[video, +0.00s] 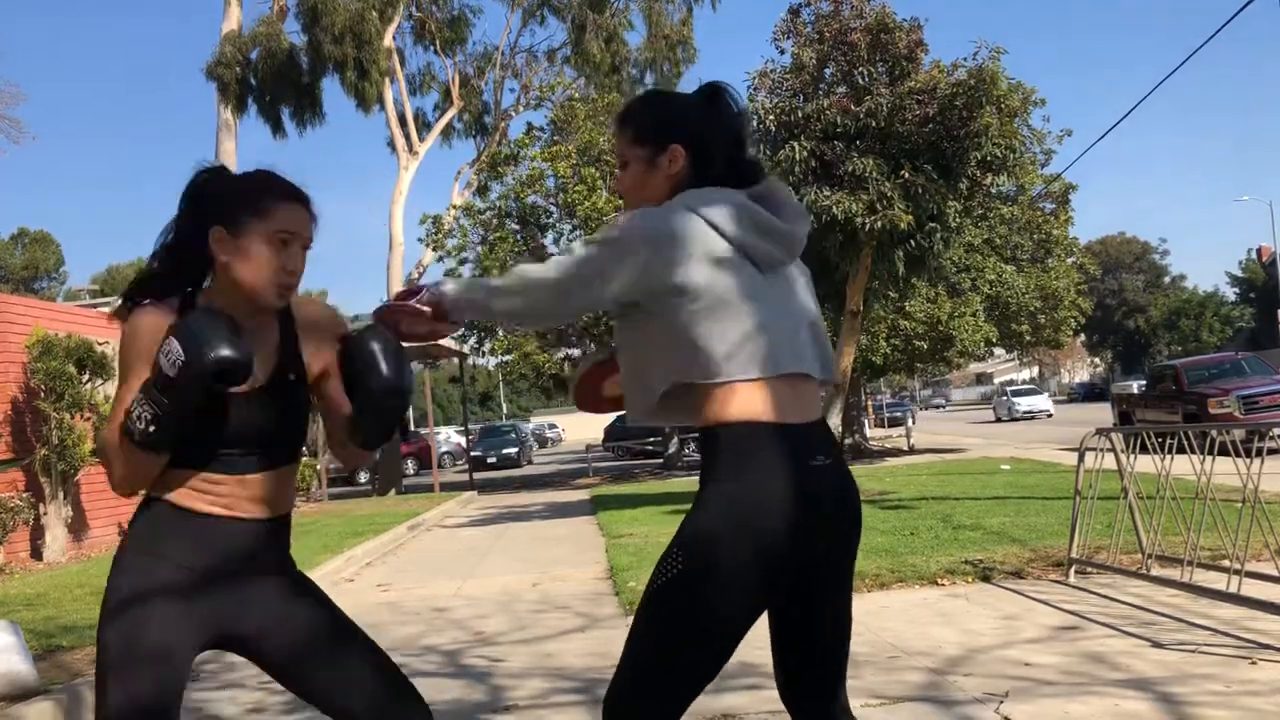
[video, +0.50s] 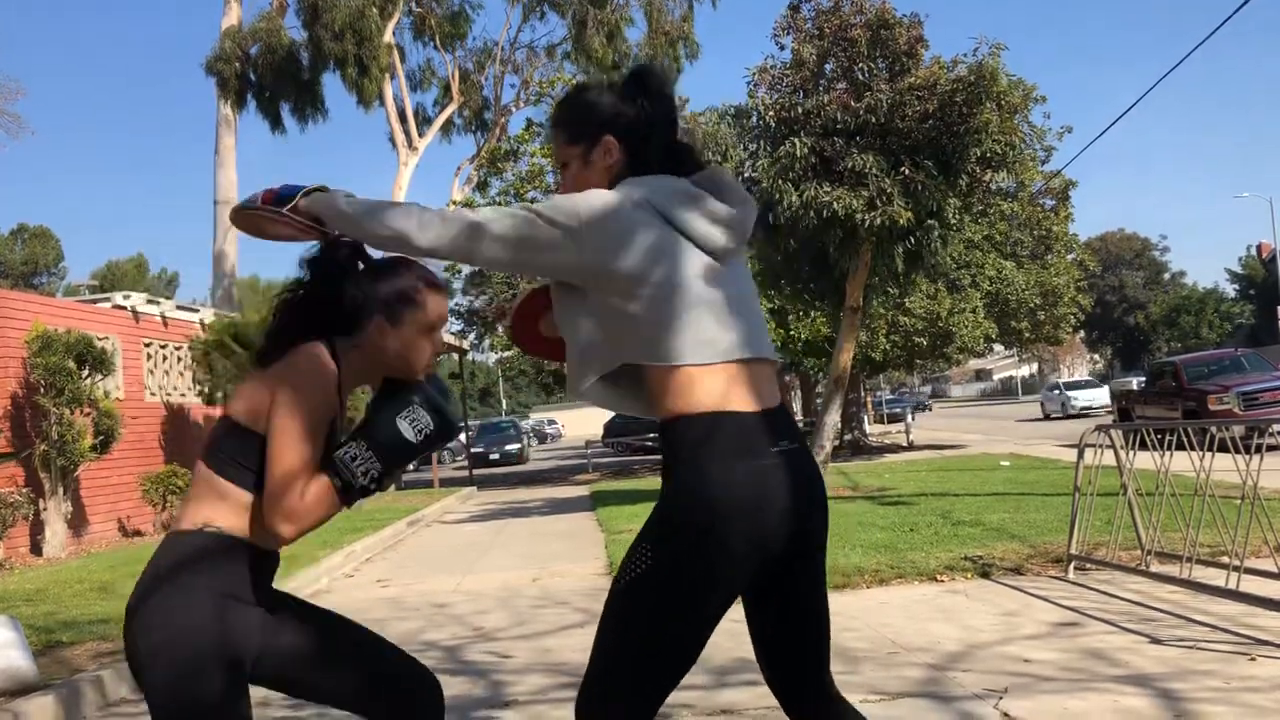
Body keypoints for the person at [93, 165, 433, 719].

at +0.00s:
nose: (298, 265)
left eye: (304, 248)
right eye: (282, 243)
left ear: (307, 251)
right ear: (222, 244)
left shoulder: (316, 327)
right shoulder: (157, 326)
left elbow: (351, 452)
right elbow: (126, 476)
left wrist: (379, 407)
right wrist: (173, 390)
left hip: (263, 570)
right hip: (163, 569)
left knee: (403, 710)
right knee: (130, 711)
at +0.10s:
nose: (318, 250)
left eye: (323, 235)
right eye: (306, 229)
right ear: (243, 226)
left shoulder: (312, 311)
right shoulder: (165, 304)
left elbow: (331, 445)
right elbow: (138, 455)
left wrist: (355, 369)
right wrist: (200, 385)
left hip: (272, 554)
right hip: (177, 555)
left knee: (401, 708)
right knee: (150, 712)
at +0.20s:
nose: (353, 241)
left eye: (356, 225)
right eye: (343, 222)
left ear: (290, 219)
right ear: (285, 215)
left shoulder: (282, 292)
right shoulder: (240, 282)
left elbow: (270, 420)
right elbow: (213, 429)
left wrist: (320, 399)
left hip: (267, 540)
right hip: (215, 546)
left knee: (393, 696)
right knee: (196, 712)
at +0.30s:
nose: (381, 261)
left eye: (384, 245)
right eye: (375, 243)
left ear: (317, 238)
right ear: (323, 235)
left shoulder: (252, 291)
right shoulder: (321, 293)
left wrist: (376, 403)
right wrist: (370, 396)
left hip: (225, 553)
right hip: (234, 559)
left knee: (392, 693)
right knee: (227, 711)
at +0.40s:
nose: (424, 306)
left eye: (421, 290)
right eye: (413, 288)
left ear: (361, 290)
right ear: (365, 290)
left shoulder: (285, 333)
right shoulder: (332, 334)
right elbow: (307, 489)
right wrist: (376, 440)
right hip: (216, 583)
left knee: (404, 692)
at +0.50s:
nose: (442, 348)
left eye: (442, 332)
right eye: (434, 331)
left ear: (385, 329)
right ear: (383, 326)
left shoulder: (326, 382)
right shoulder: (310, 367)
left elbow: (289, 505)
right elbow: (285, 515)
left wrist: (378, 450)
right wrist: (375, 448)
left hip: (231, 600)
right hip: (194, 606)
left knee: (414, 693)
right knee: (409, 696)